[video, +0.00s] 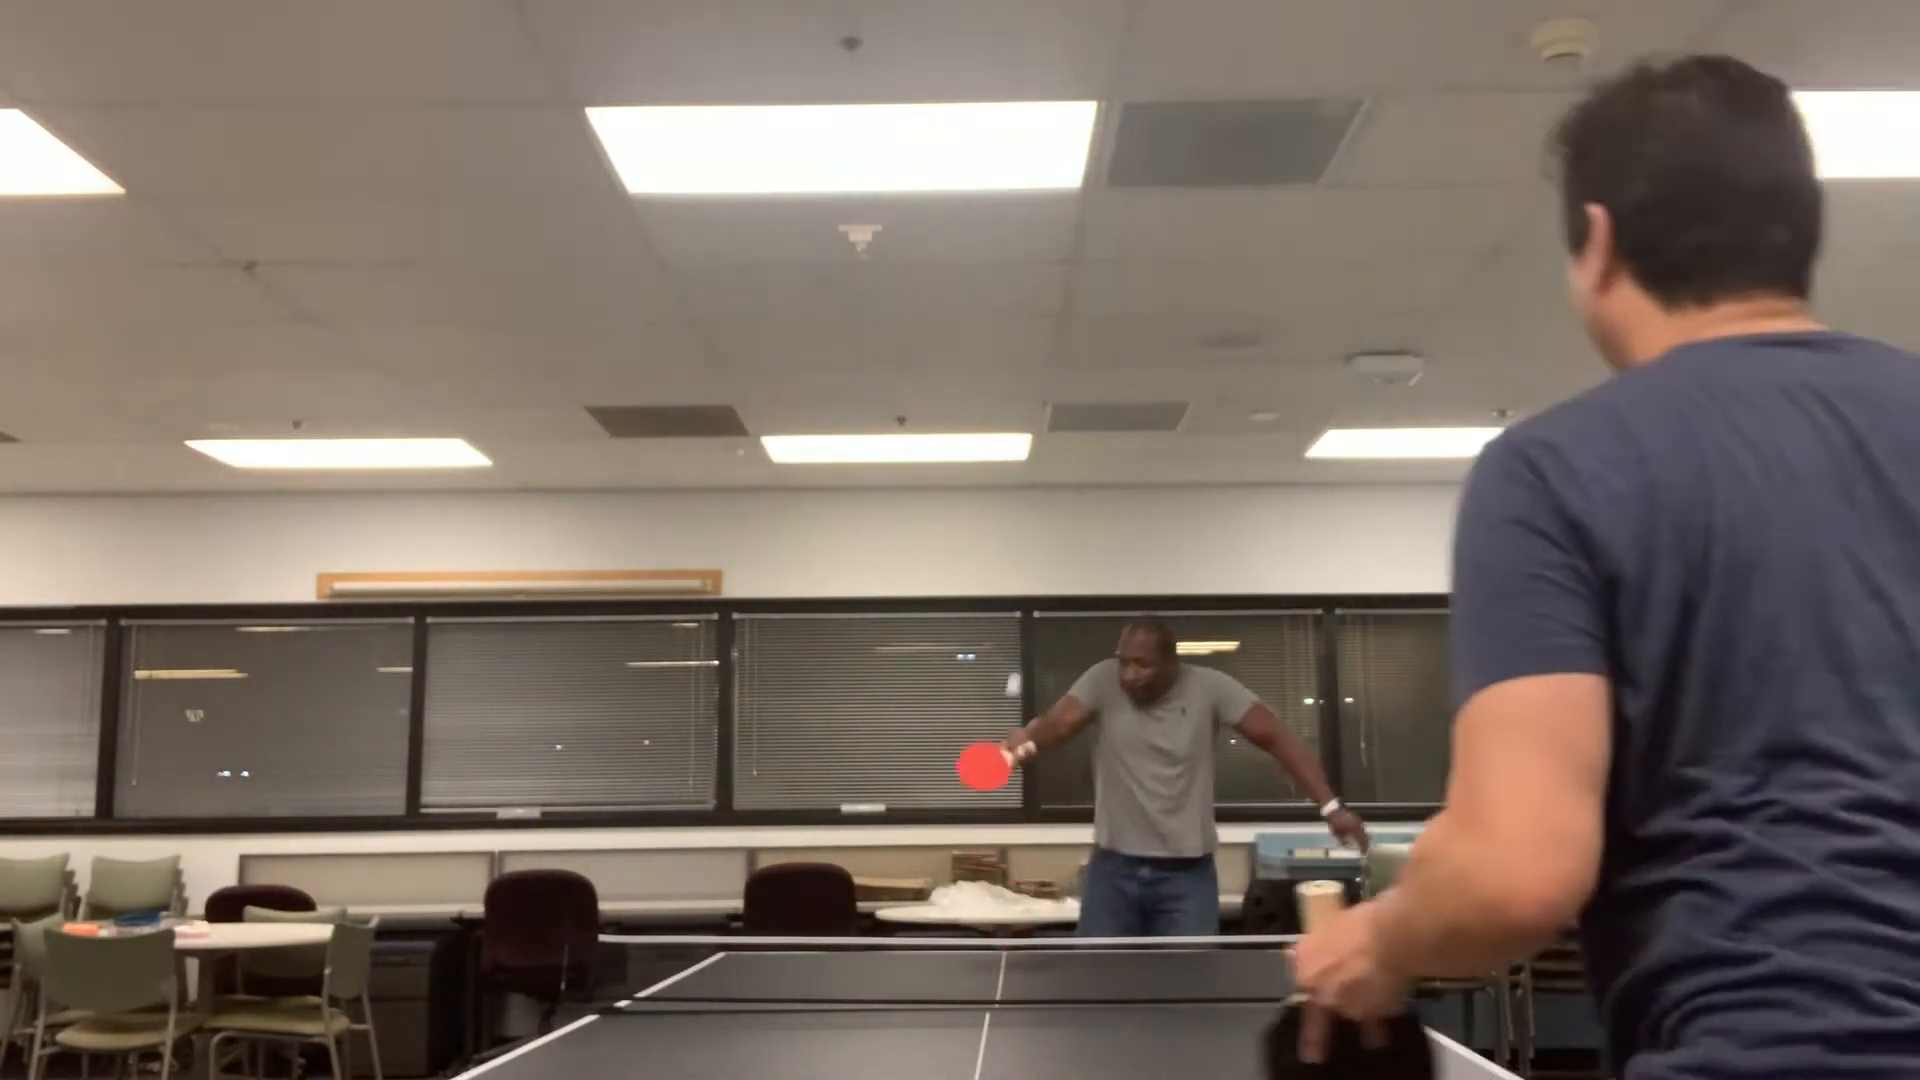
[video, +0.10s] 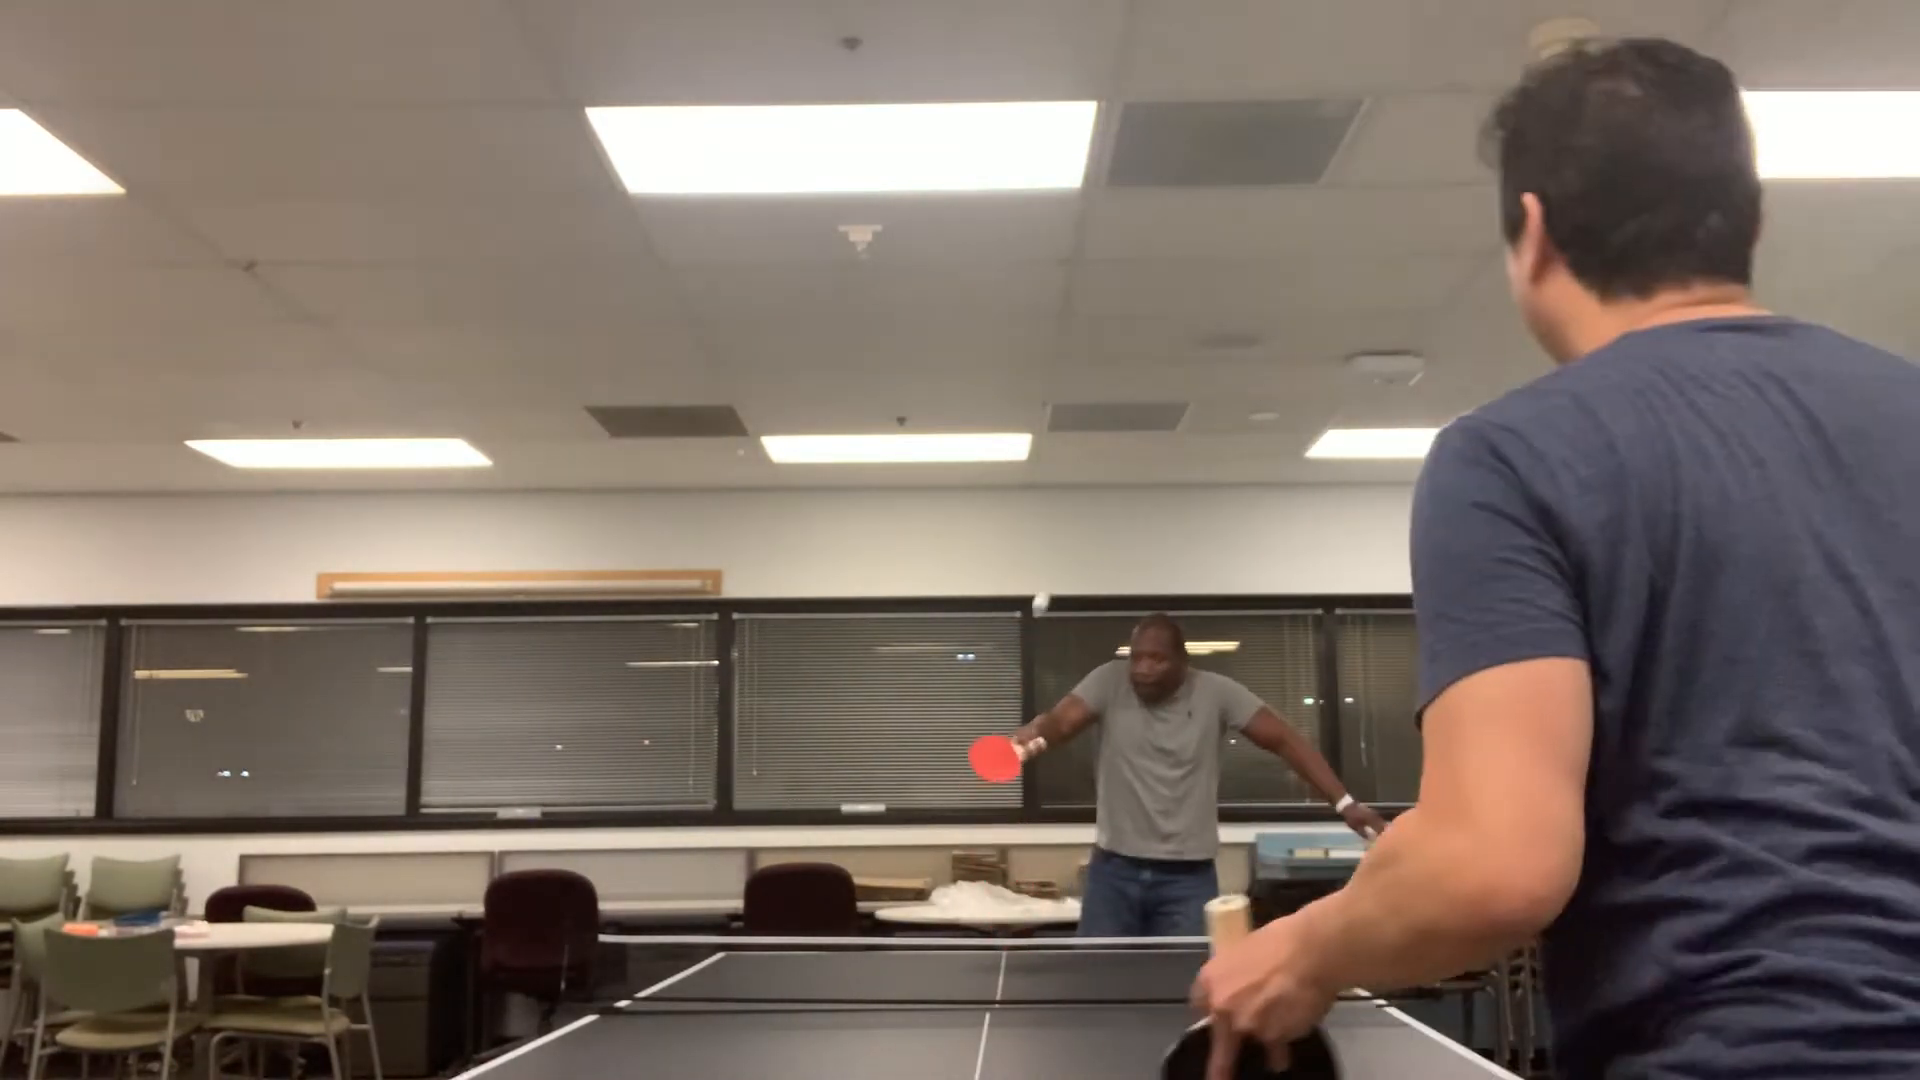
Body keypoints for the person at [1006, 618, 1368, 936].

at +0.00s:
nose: (1131, 675)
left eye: (1143, 667)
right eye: (1125, 663)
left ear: (1170, 662)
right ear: (1118, 654)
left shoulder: (1209, 688)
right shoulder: (1103, 681)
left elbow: (1277, 739)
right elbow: (1056, 722)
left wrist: (1331, 807)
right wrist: (1024, 741)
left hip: (1187, 875)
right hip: (1113, 870)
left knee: (1188, 992)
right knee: (1098, 986)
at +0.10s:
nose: (1142, 669)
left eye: (1154, 660)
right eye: (1136, 657)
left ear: (1181, 660)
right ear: (1129, 653)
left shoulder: (1216, 692)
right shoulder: (1110, 681)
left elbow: (1284, 741)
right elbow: (1057, 721)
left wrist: (1347, 805)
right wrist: (1027, 740)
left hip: (1188, 878)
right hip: (1114, 873)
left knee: (1190, 1001)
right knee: (1096, 990)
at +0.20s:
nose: (1150, 668)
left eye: (1162, 659)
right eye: (1143, 657)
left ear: (1186, 662)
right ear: (1133, 656)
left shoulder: (1220, 703)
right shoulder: (1110, 691)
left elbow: (1286, 760)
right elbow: (1056, 744)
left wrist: (1340, 826)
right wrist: (1045, 766)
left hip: (1187, 884)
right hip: (1112, 878)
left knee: (1186, 1007)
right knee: (1094, 994)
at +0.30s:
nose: (1152, 669)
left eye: (1164, 660)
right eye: (1144, 658)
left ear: (1185, 664)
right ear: (1133, 659)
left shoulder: (1218, 714)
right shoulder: (1105, 701)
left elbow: (1271, 781)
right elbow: (1056, 764)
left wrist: (1312, 857)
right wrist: (1060, 796)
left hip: (1183, 893)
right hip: (1106, 885)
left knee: (1182, 1011)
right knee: (1089, 1001)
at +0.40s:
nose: (1147, 672)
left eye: (1158, 661)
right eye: (1138, 661)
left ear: (1175, 666)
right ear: (1124, 663)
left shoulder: (1207, 722)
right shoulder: (1091, 712)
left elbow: (1247, 796)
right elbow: (1051, 777)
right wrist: (1068, 823)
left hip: (1175, 898)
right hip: (1098, 892)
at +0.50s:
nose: (1133, 675)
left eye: (1143, 665)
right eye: (1123, 665)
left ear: (1157, 671)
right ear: (1108, 671)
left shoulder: (1188, 728)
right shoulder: (1073, 720)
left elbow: (1218, 805)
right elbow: (1035, 788)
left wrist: (1231, 888)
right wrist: (1063, 834)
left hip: (1161, 899)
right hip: (1086, 896)